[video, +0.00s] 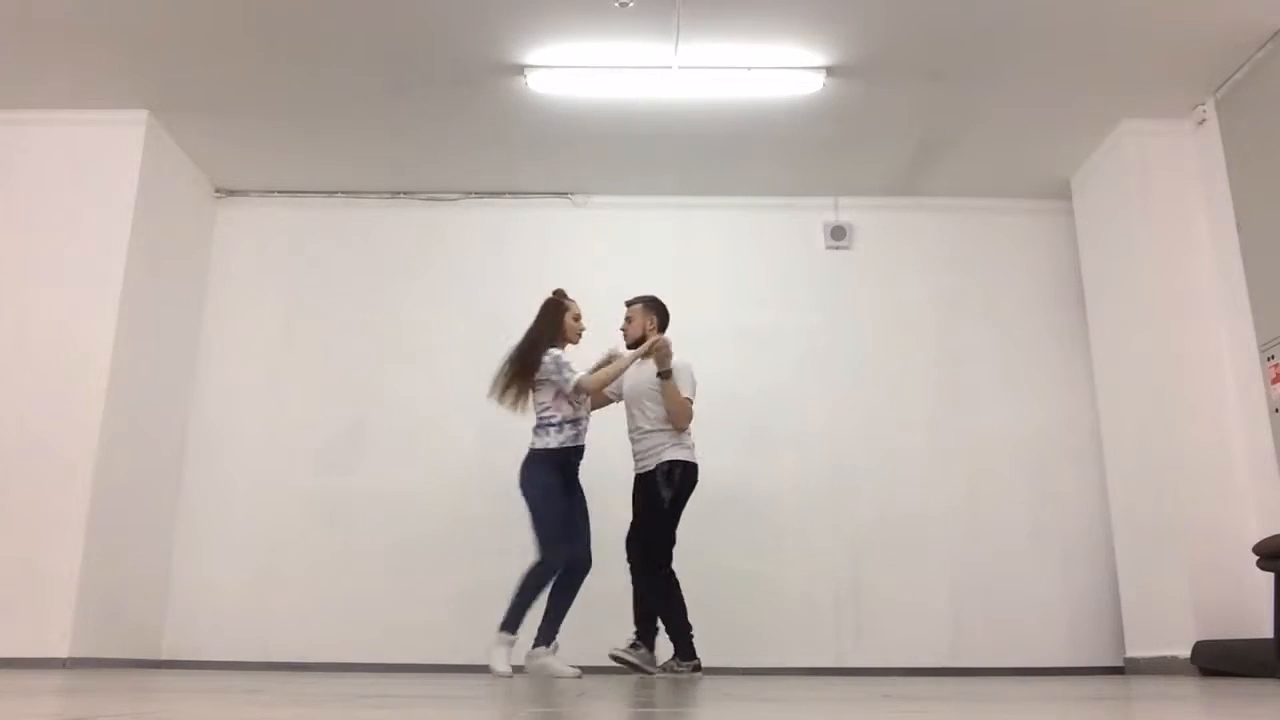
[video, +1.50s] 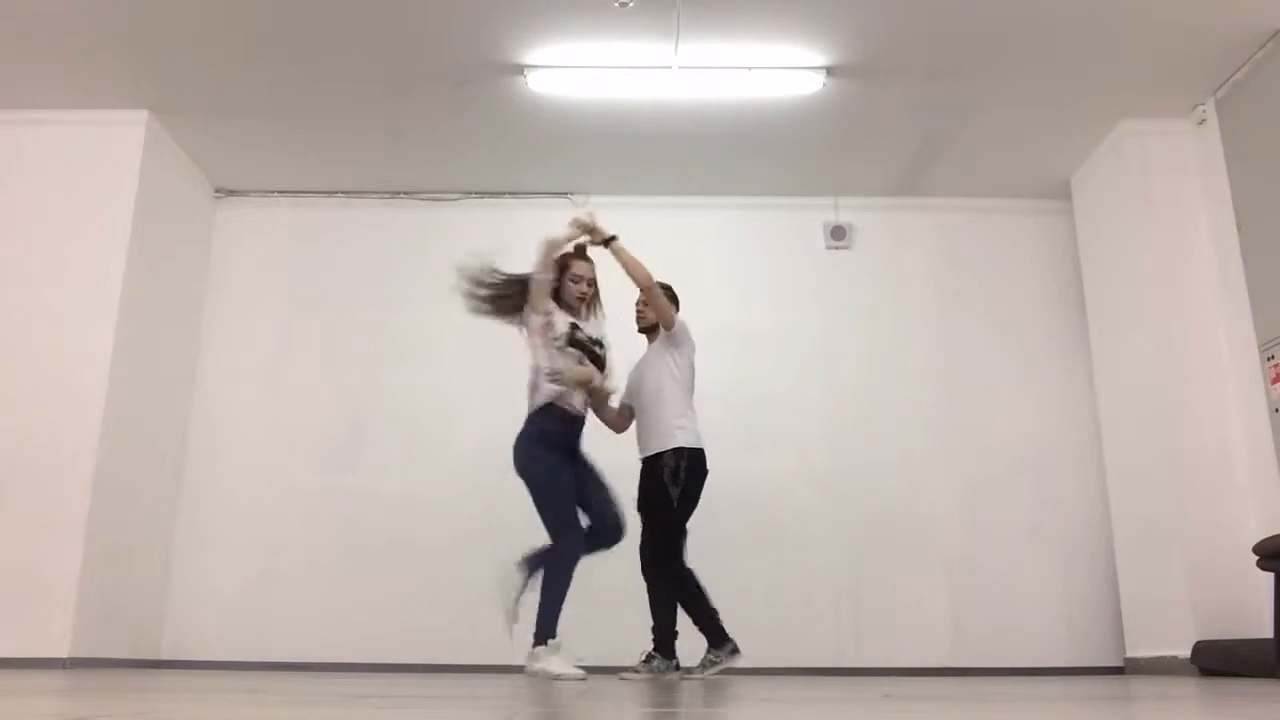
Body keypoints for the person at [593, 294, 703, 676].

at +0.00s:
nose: (622, 327)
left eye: (629, 320)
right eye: (624, 321)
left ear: (652, 323)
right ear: (644, 325)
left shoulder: (677, 367)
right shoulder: (629, 372)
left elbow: (681, 420)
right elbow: (587, 402)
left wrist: (664, 370)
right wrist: (600, 367)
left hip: (675, 465)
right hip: (646, 471)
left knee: (640, 547)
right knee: (654, 560)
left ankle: (644, 644)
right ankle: (686, 655)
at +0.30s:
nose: (624, 324)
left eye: (632, 316)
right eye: (623, 318)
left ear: (657, 320)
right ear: (627, 326)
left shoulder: (672, 357)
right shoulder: (621, 373)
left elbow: (687, 368)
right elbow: (584, 400)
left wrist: (679, 312)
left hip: (678, 461)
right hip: (646, 470)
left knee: (662, 564)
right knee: (652, 568)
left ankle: (684, 652)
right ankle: (681, 651)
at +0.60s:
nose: (632, 316)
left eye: (639, 309)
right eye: (632, 310)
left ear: (661, 314)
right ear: (641, 318)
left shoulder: (677, 348)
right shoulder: (645, 373)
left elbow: (656, 303)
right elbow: (636, 435)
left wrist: (621, 253)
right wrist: (585, 434)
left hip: (687, 463)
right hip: (656, 468)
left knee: (669, 560)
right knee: (614, 543)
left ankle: (688, 656)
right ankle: (657, 627)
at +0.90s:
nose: (644, 310)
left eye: (651, 302)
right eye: (645, 304)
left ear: (675, 307)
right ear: (664, 311)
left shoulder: (683, 339)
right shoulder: (667, 360)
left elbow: (638, 295)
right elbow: (661, 428)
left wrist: (598, 255)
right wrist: (618, 429)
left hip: (690, 459)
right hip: (669, 462)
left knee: (672, 554)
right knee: (626, 546)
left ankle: (689, 657)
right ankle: (678, 626)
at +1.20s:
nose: (646, 302)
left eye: (656, 296)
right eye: (645, 298)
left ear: (675, 305)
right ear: (647, 311)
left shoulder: (685, 343)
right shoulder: (658, 364)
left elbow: (670, 286)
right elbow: (648, 423)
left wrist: (650, 238)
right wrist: (607, 419)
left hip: (687, 459)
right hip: (665, 464)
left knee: (664, 556)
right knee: (668, 558)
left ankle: (716, 648)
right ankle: (690, 651)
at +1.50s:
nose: (639, 306)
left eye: (647, 300)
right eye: (638, 301)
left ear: (668, 308)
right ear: (638, 313)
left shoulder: (677, 343)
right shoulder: (641, 368)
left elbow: (649, 286)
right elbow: (618, 422)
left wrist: (608, 241)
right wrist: (592, 390)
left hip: (680, 458)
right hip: (656, 463)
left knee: (658, 558)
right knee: (663, 560)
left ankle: (664, 654)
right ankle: (721, 643)